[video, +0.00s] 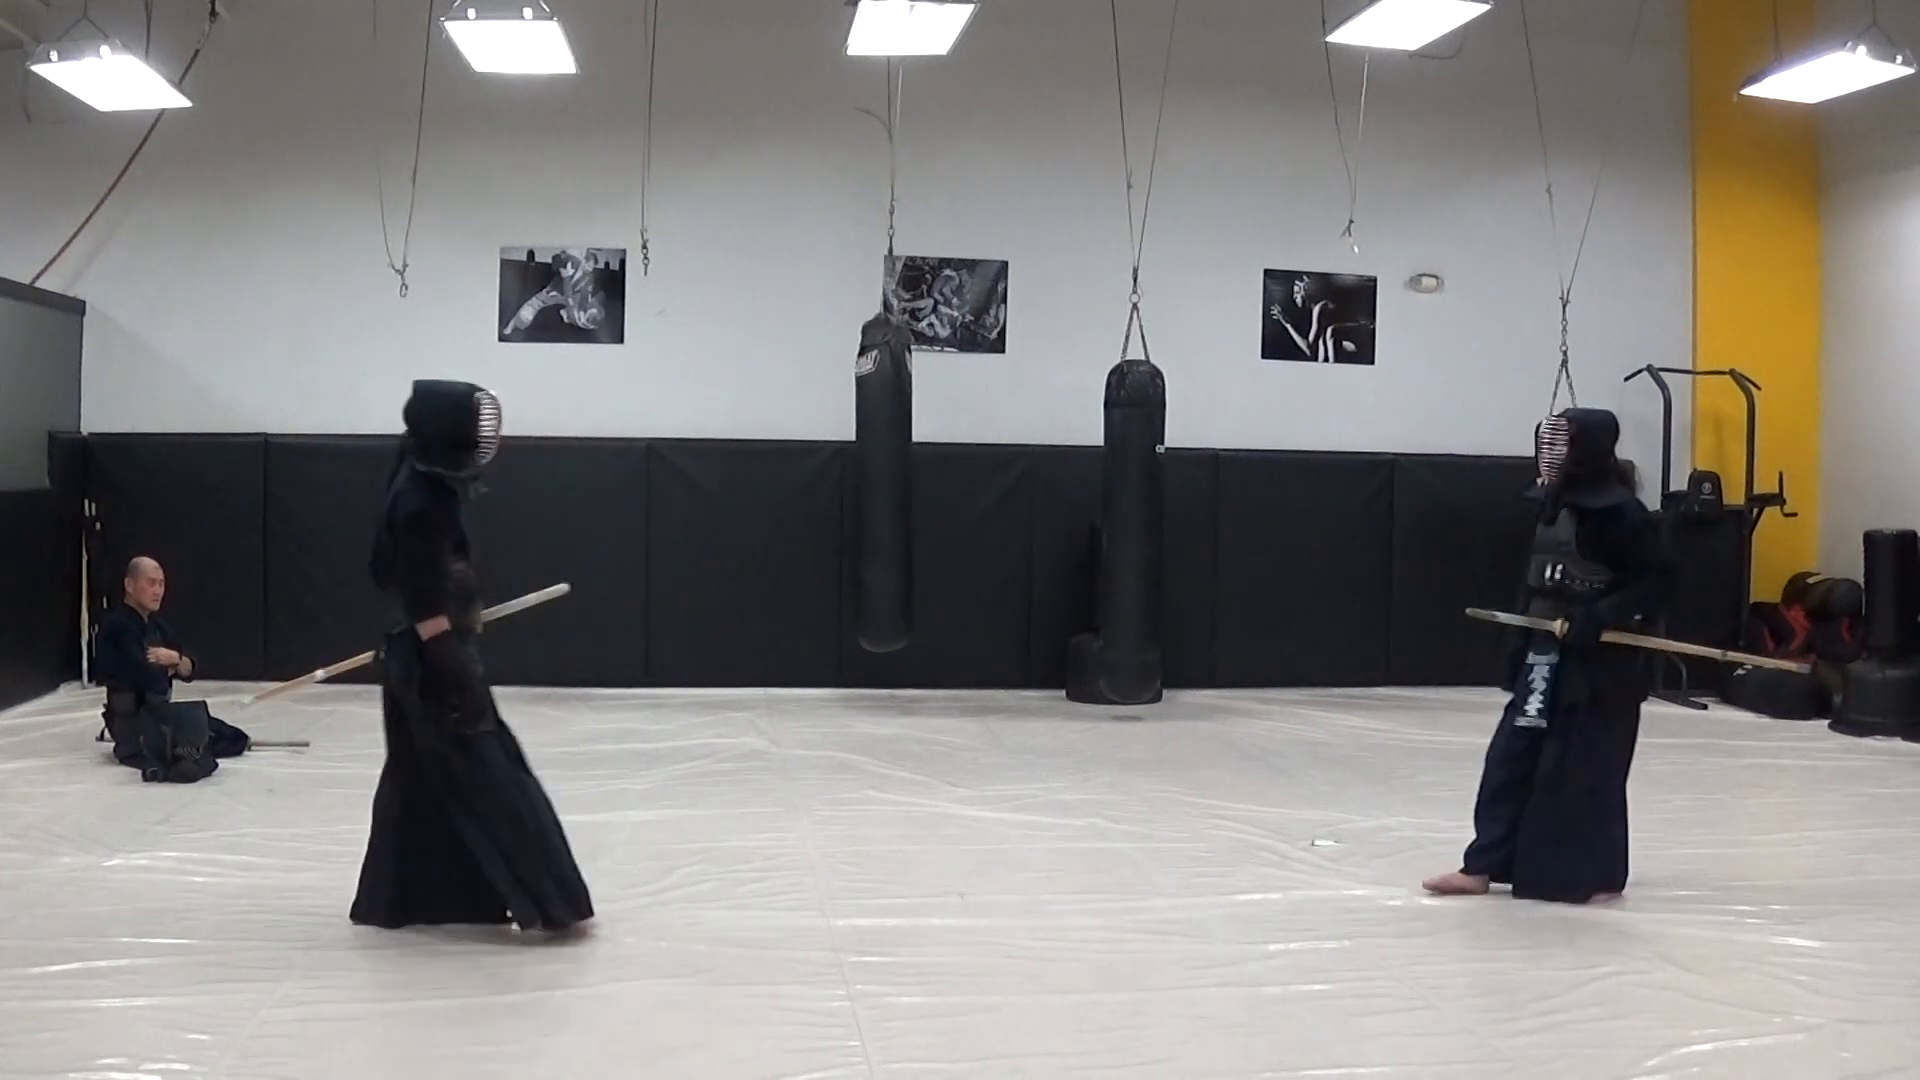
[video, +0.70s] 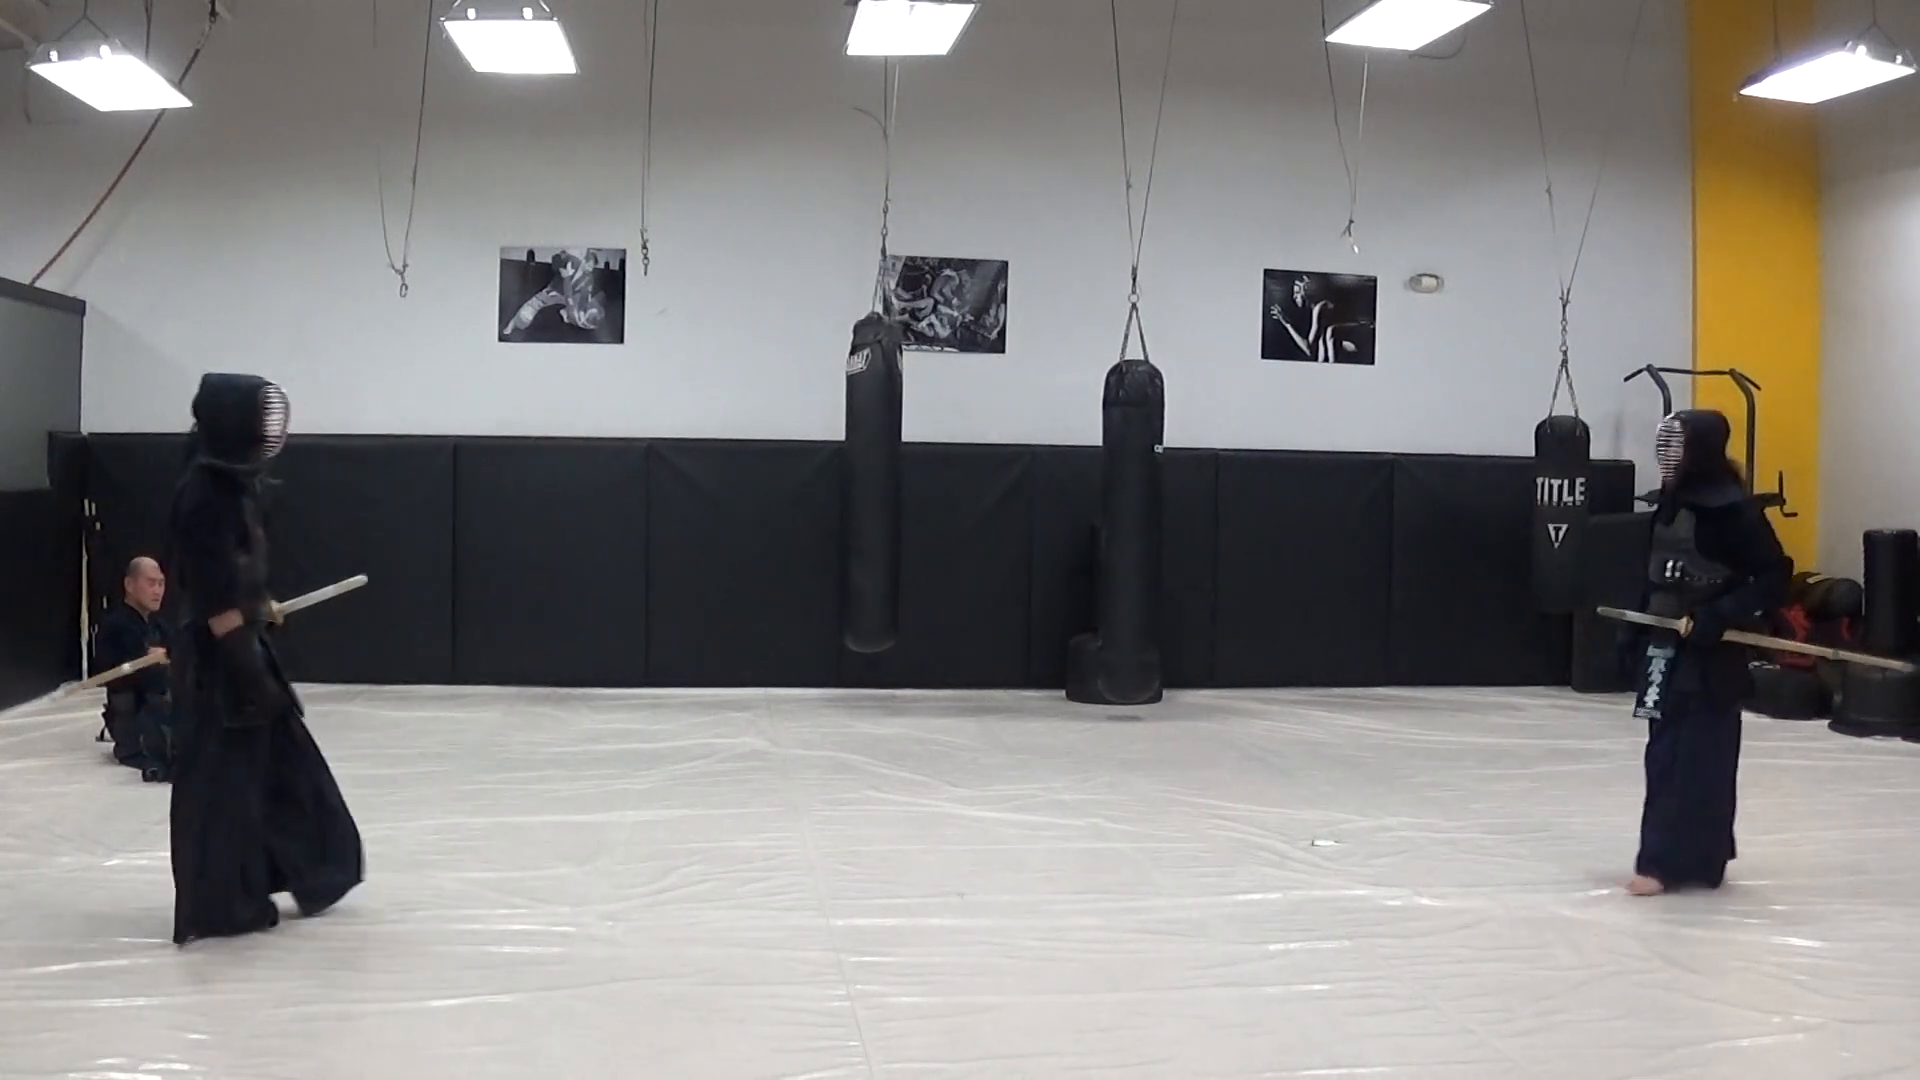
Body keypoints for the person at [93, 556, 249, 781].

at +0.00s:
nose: (158, 591)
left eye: (161, 584)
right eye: (151, 583)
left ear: (164, 586)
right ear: (129, 585)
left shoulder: (156, 624)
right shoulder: (117, 625)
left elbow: (190, 671)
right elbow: (150, 683)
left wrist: (176, 658)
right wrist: (173, 667)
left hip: (161, 720)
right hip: (130, 728)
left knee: (236, 740)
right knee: (199, 759)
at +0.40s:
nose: (158, 590)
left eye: (161, 583)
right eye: (151, 582)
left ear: (164, 586)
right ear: (129, 585)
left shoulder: (156, 622)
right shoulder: (117, 625)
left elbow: (191, 670)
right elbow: (149, 683)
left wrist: (176, 658)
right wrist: (172, 668)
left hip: (163, 716)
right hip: (131, 725)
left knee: (237, 740)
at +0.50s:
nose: (159, 590)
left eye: (161, 584)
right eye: (152, 582)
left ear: (165, 586)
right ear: (129, 585)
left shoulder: (158, 622)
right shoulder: (117, 624)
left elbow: (190, 667)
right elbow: (142, 676)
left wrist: (175, 658)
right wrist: (175, 669)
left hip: (162, 711)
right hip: (130, 718)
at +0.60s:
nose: (158, 591)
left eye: (161, 584)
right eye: (151, 583)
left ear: (165, 586)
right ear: (129, 585)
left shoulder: (157, 624)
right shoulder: (117, 624)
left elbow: (193, 670)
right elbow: (146, 676)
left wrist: (173, 659)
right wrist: (179, 665)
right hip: (130, 727)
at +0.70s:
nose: (158, 590)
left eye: (161, 584)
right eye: (151, 583)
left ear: (165, 586)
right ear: (129, 585)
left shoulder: (161, 624)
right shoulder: (114, 623)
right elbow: (109, 675)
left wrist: (166, 657)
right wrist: (148, 661)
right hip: (128, 719)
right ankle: (129, 749)